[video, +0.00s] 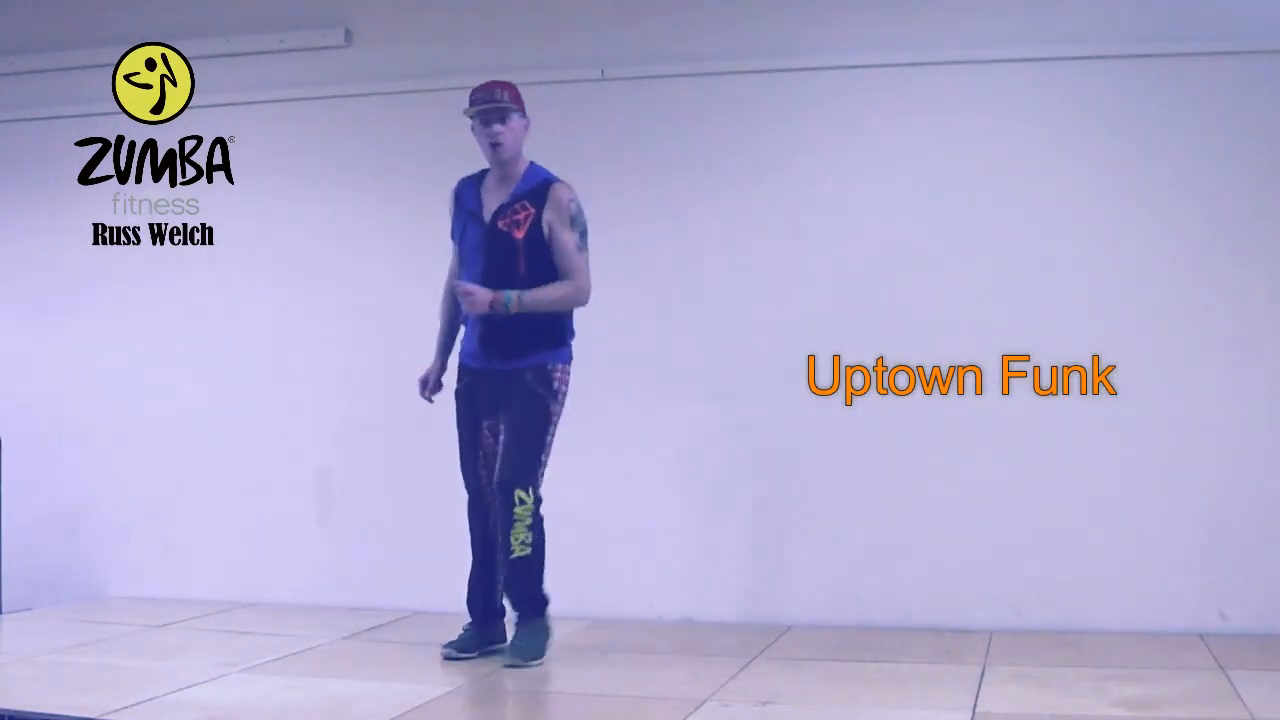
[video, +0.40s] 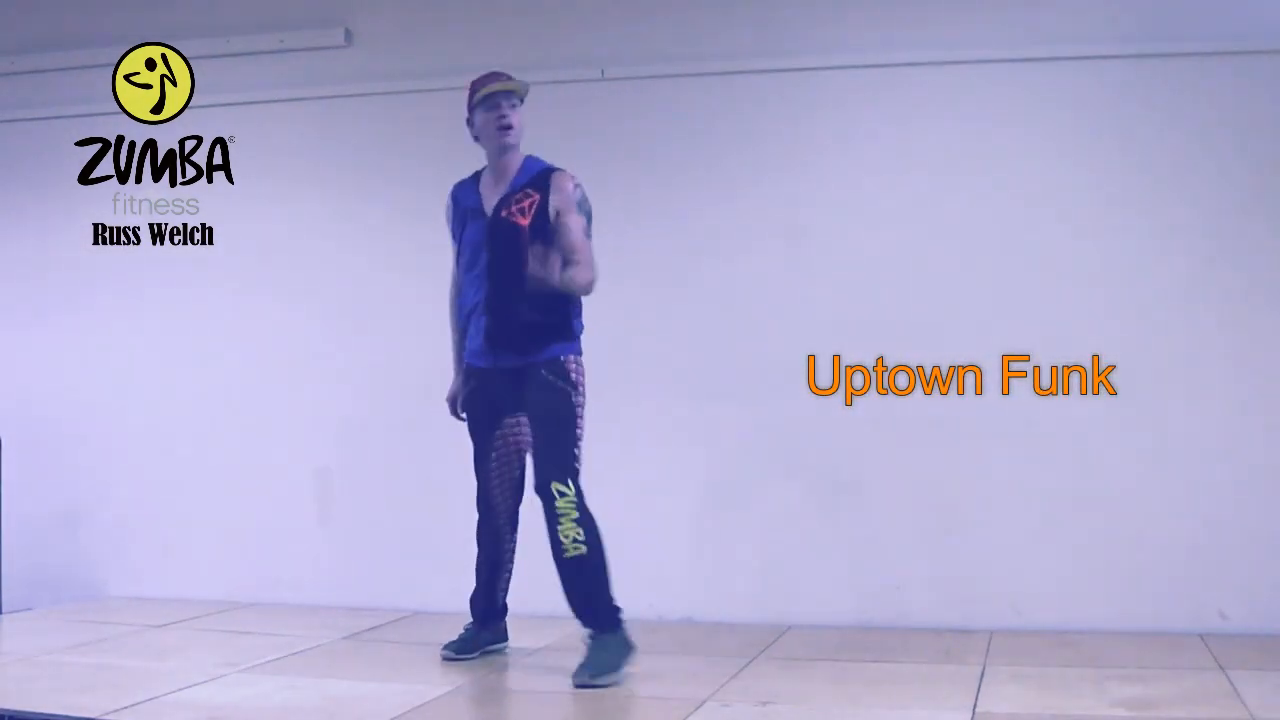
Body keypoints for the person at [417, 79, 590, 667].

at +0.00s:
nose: (493, 131)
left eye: (503, 120)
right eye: (483, 123)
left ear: (525, 125)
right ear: (473, 132)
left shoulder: (554, 196)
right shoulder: (465, 194)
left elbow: (580, 289)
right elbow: (458, 277)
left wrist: (499, 300)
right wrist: (441, 356)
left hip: (537, 365)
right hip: (479, 364)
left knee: (515, 490)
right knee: (481, 493)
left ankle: (531, 621)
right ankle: (486, 622)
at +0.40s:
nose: (504, 114)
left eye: (510, 104)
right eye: (490, 107)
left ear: (524, 114)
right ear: (472, 124)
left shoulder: (556, 185)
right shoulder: (462, 197)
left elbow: (584, 275)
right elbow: (460, 290)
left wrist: (550, 275)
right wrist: (459, 369)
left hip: (551, 364)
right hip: (487, 368)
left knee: (560, 494)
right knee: (495, 501)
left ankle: (607, 634)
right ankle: (488, 623)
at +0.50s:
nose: (513, 117)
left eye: (521, 106)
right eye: (500, 110)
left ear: (536, 117)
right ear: (482, 126)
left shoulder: (569, 186)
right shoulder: (475, 199)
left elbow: (623, 256)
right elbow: (467, 285)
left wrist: (576, 212)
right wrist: (460, 367)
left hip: (559, 370)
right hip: (494, 373)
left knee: (581, 505)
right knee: (496, 505)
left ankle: (625, 643)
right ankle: (488, 625)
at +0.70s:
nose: (523, 128)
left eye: (530, 117)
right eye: (509, 121)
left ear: (545, 124)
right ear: (491, 136)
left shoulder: (580, 177)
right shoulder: (505, 214)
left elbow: (645, 173)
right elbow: (498, 303)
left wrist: (671, 202)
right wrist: (466, 384)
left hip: (590, 371)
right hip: (527, 370)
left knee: (583, 508)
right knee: (469, 484)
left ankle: (625, 646)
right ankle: (502, 586)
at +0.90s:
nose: (528, 123)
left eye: (535, 111)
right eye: (514, 117)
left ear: (551, 118)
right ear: (497, 135)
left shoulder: (594, 170)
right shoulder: (509, 210)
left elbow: (678, 184)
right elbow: (523, 296)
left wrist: (659, 123)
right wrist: (502, 378)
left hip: (607, 365)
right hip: (545, 371)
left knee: (600, 504)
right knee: (522, 493)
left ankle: (627, 645)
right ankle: (584, 609)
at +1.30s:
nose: (500, 120)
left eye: (512, 109)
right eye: (494, 113)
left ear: (543, 118)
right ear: (492, 128)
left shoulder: (582, 181)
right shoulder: (500, 201)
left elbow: (650, 246)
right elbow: (516, 290)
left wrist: (653, 185)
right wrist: (491, 357)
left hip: (587, 371)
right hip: (527, 373)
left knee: (587, 513)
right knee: (465, 477)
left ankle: (624, 646)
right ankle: (521, 593)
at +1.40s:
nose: (494, 103)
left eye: (507, 93)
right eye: (488, 95)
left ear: (536, 104)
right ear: (483, 110)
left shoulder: (568, 174)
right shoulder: (482, 186)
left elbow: (607, 245)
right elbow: (488, 277)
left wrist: (650, 279)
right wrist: (477, 348)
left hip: (567, 365)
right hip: (502, 367)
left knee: (589, 501)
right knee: (476, 494)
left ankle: (622, 641)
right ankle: (469, 614)